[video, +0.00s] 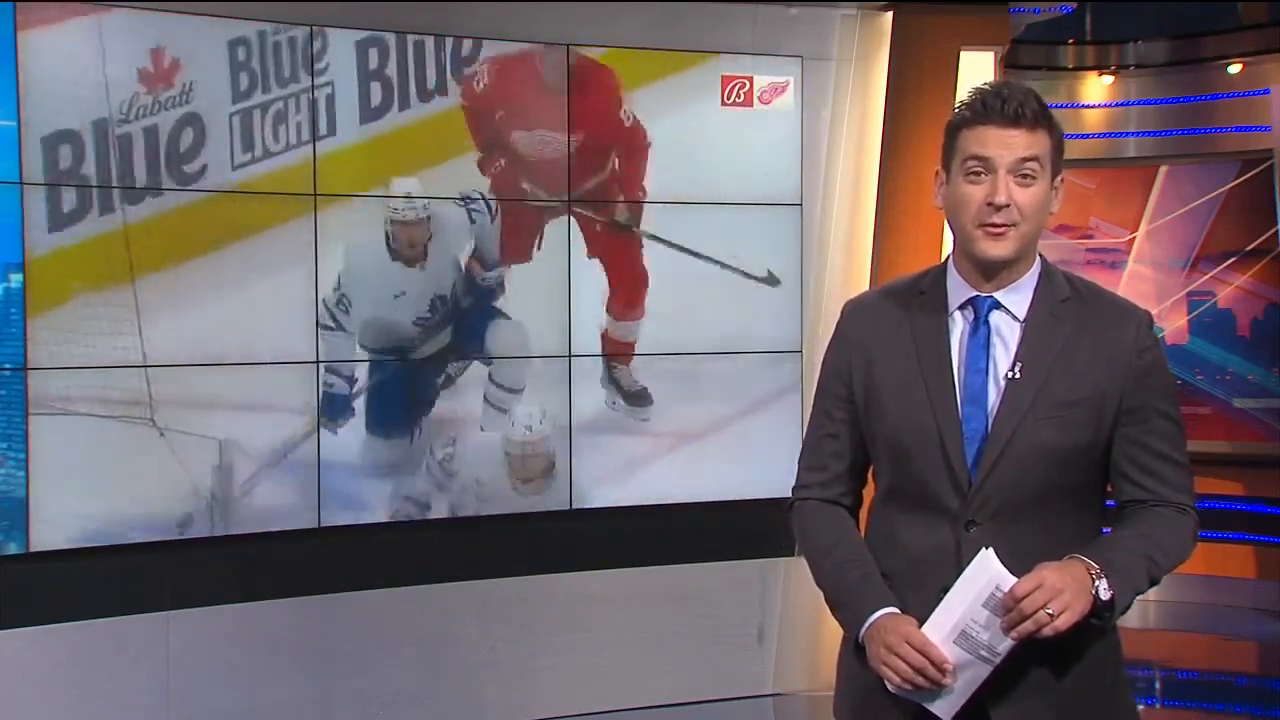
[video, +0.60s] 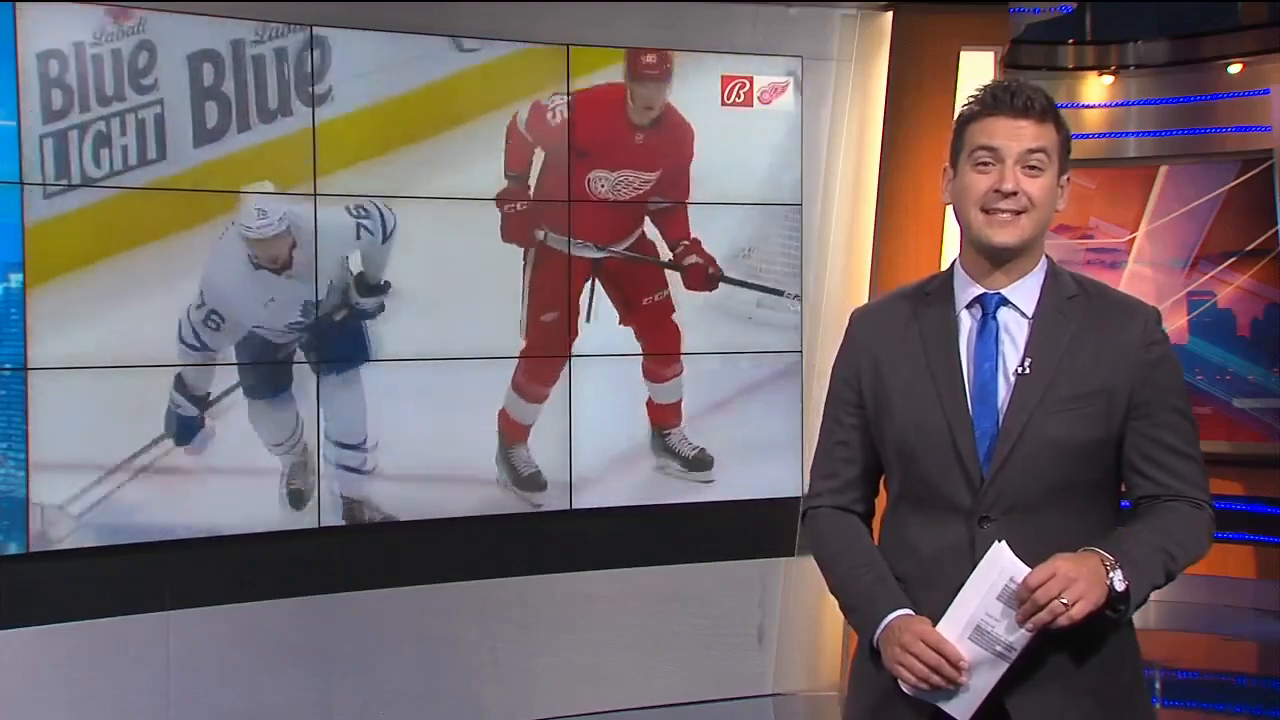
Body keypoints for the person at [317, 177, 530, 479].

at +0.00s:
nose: (412, 237)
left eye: (419, 227)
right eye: (403, 229)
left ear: (430, 223)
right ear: (388, 229)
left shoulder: (451, 223)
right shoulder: (362, 266)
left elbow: (483, 206)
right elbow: (334, 325)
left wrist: (491, 271)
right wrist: (336, 389)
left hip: (454, 323)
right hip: (398, 355)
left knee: (511, 340)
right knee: (383, 458)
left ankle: (493, 437)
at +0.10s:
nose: (413, 271)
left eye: (420, 260)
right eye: (404, 262)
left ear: (430, 256)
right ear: (388, 261)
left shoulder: (452, 259)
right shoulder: (361, 296)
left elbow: (494, 240)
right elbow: (337, 368)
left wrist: (494, 307)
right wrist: (334, 440)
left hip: (449, 367)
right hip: (390, 396)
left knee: (511, 385)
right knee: (383, 493)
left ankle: (490, 485)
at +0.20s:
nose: (405, 285)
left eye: (413, 274)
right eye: (394, 276)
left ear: (423, 270)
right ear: (377, 276)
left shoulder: (444, 272)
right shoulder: (350, 314)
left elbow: (489, 252)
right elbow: (321, 390)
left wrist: (484, 322)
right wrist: (319, 464)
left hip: (443, 376)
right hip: (380, 405)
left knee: (498, 402)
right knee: (381, 509)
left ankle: (480, 508)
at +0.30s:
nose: (379, 290)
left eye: (386, 277)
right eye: (368, 280)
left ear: (397, 273)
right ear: (350, 279)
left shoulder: (420, 270)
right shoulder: (322, 316)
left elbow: (469, 252)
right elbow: (298, 394)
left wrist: (459, 323)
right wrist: (291, 468)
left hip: (418, 361)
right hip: (352, 390)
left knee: (472, 409)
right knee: (352, 488)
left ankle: (458, 509)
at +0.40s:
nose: (356, 283)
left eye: (361, 271)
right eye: (344, 274)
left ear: (370, 262)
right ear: (325, 273)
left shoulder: (397, 259)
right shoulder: (305, 297)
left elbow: (448, 250)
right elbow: (281, 382)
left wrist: (436, 319)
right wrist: (261, 459)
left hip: (396, 346)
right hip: (333, 369)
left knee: (437, 413)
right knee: (339, 450)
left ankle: (427, 510)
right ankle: (323, 477)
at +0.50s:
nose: (318, 272)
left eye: (325, 258)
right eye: (307, 261)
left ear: (338, 248)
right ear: (291, 260)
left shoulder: (371, 242)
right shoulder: (277, 304)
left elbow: (421, 240)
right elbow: (244, 373)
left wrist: (407, 304)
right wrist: (225, 441)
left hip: (368, 331)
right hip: (306, 350)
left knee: (393, 416)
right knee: (312, 434)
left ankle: (383, 506)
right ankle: (312, 462)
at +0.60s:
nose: (265, 252)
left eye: (272, 241)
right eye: (255, 243)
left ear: (291, 234)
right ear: (244, 243)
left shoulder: (327, 231)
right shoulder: (226, 277)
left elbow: (383, 223)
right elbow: (199, 341)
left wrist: (370, 288)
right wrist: (187, 404)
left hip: (329, 311)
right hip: (263, 327)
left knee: (345, 392)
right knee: (269, 414)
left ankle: (353, 495)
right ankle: (296, 461)